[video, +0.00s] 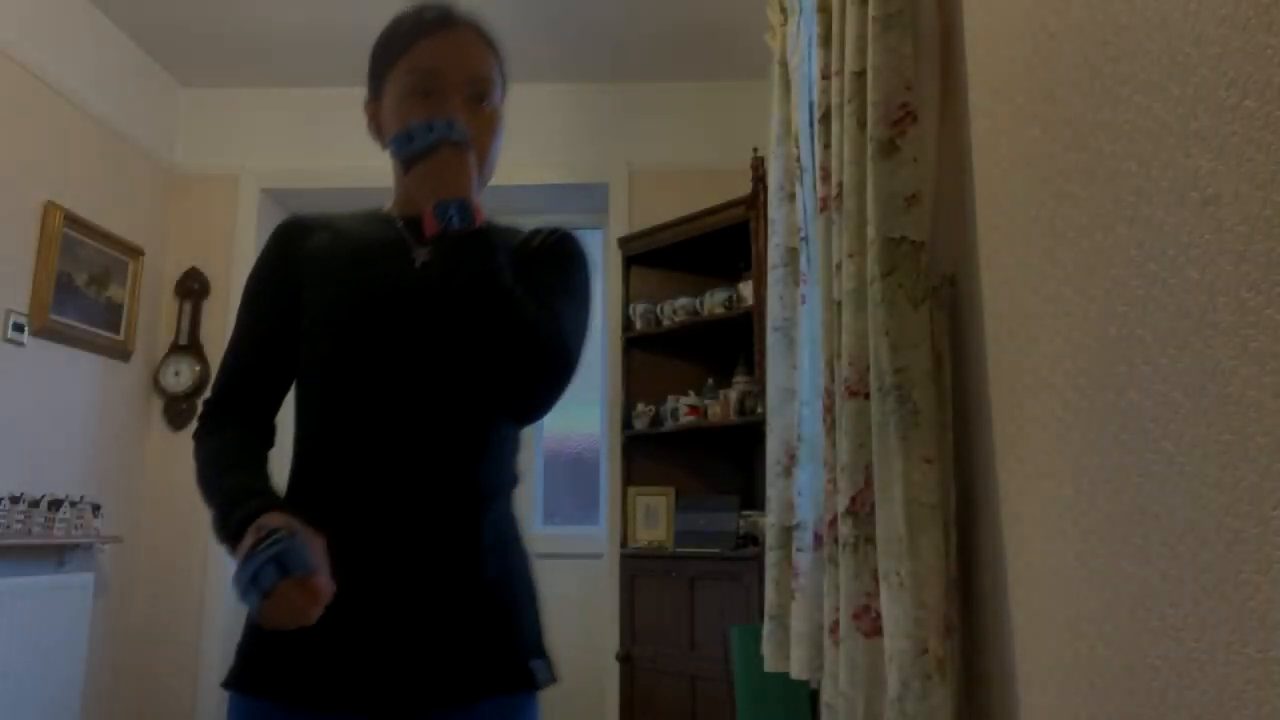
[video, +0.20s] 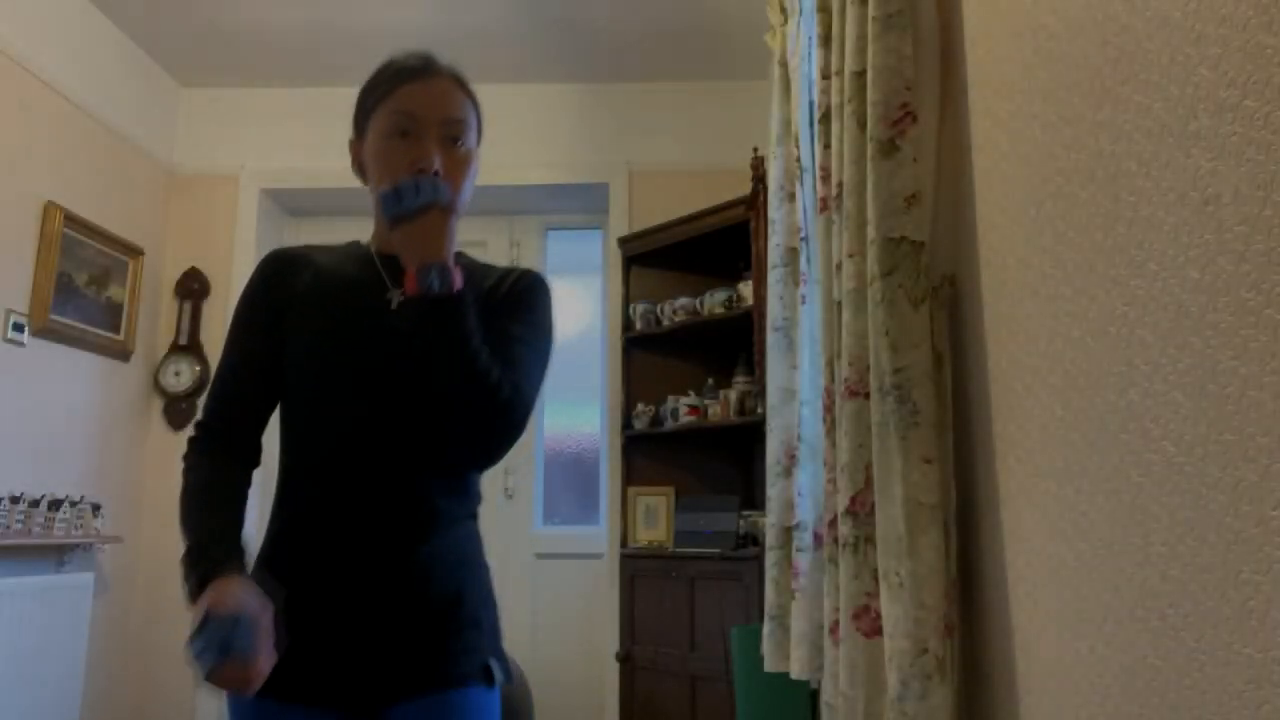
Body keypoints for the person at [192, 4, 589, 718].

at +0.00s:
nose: (455, 120)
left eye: (479, 98)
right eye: (426, 93)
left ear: (503, 122)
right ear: (377, 117)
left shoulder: (544, 260)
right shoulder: (306, 251)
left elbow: (527, 391)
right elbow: (229, 425)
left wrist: (456, 219)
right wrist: (259, 532)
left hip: (472, 651)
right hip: (313, 643)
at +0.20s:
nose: (430, 158)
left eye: (453, 139)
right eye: (403, 134)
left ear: (476, 167)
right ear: (359, 158)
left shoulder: (511, 296)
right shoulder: (290, 280)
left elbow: (481, 441)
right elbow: (221, 444)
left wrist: (434, 269)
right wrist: (220, 577)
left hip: (440, 647)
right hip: (293, 644)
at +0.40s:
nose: (430, 173)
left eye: (452, 155)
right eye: (405, 148)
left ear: (471, 181)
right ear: (363, 171)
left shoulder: (504, 300)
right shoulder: (301, 287)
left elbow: (495, 435)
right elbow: (240, 455)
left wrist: (433, 285)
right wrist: (181, 618)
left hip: (449, 629)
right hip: (311, 623)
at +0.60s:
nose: (448, 198)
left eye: (468, 182)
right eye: (426, 178)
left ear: (488, 207)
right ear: (392, 200)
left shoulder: (525, 316)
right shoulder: (342, 316)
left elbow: (508, 436)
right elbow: (280, 468)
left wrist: (427, 312)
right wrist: (204, 612)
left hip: (472, 625)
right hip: (347, 622)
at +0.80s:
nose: (480, 217)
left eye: (499, 205)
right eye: (460, 202)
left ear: (523, 237)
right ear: (431, 231)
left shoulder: (560, 337)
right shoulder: (388, 337)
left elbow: (556, 443)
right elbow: (347, 484)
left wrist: (457, 348)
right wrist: (295, 623)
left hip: (509, 620)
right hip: (399, 613)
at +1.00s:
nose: (497, 221)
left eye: (514, 209)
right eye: (477, 208)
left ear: (534, 234)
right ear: (449, 231)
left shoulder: (572, 334)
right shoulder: (406, 333)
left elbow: (574, 418)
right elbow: (371, 471)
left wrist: (458, 369)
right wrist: (329, 600)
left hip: (519, 604)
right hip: (413, 602)